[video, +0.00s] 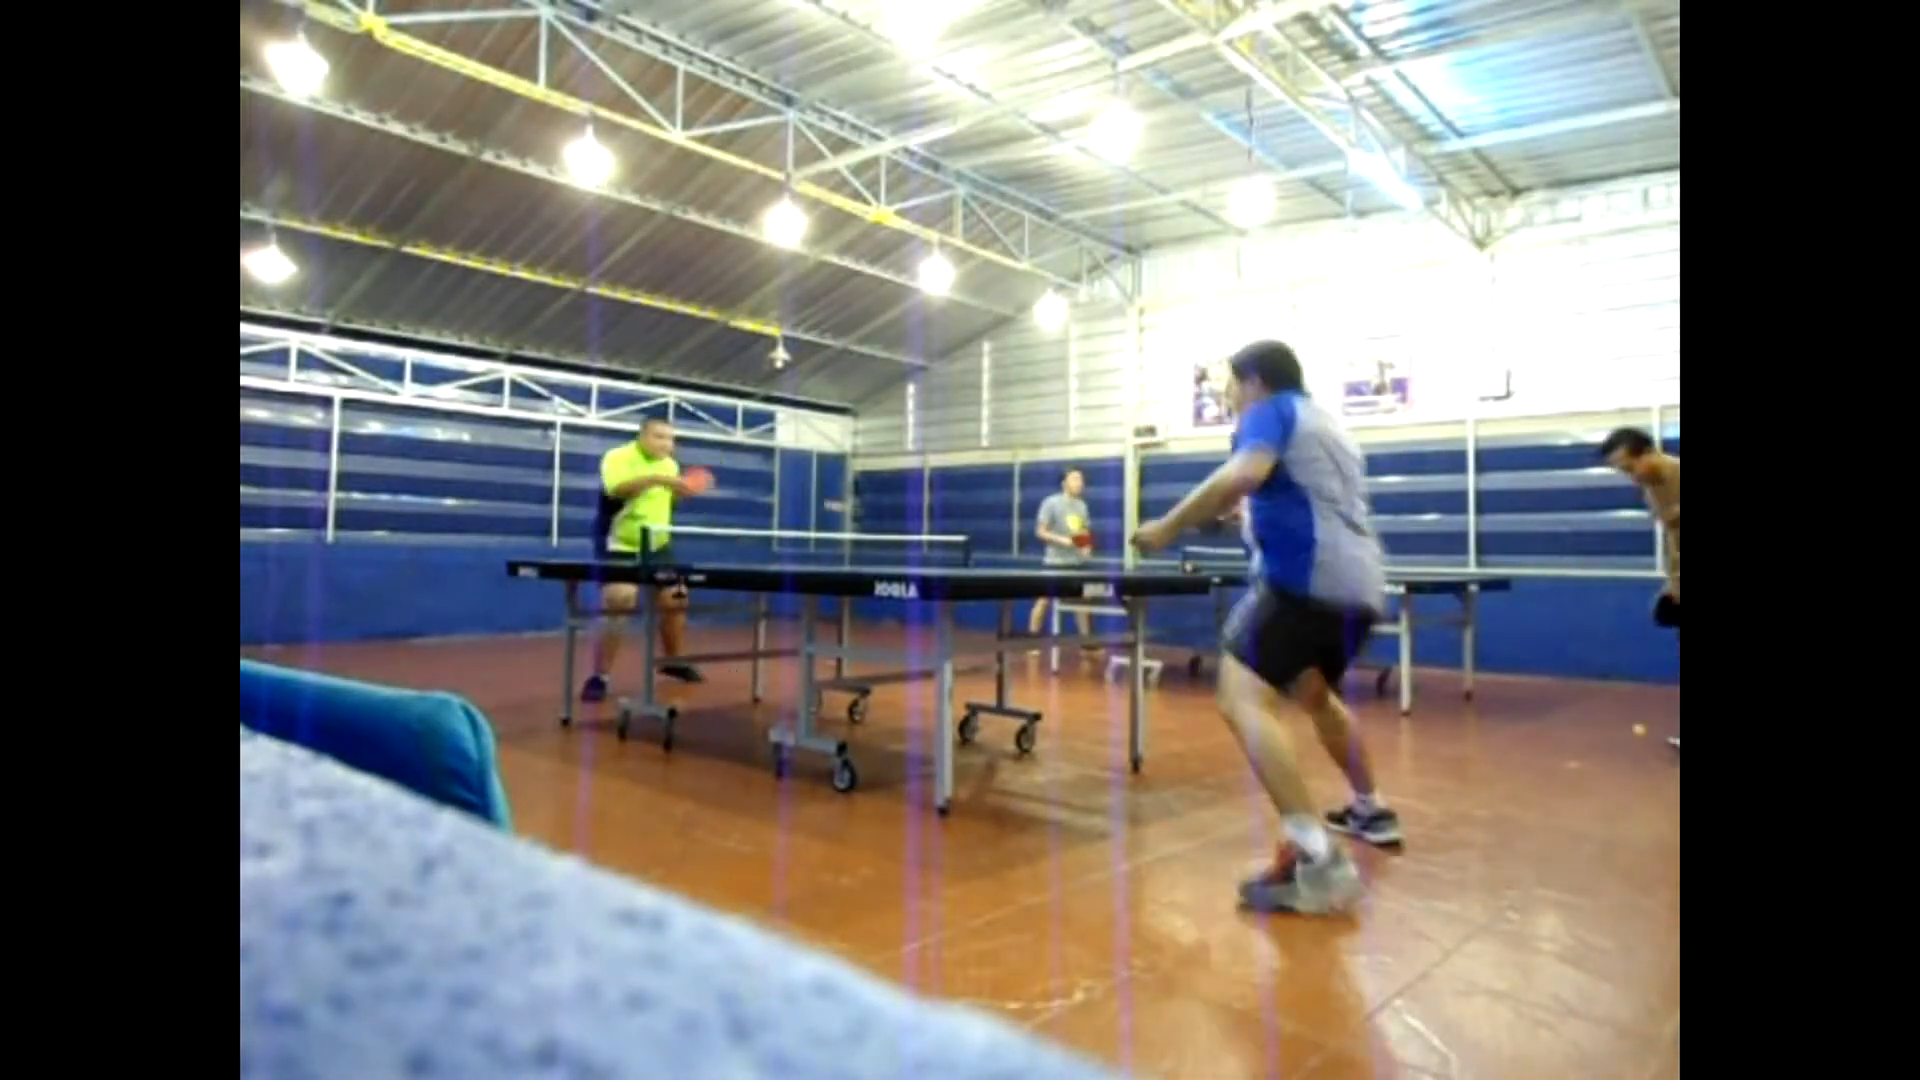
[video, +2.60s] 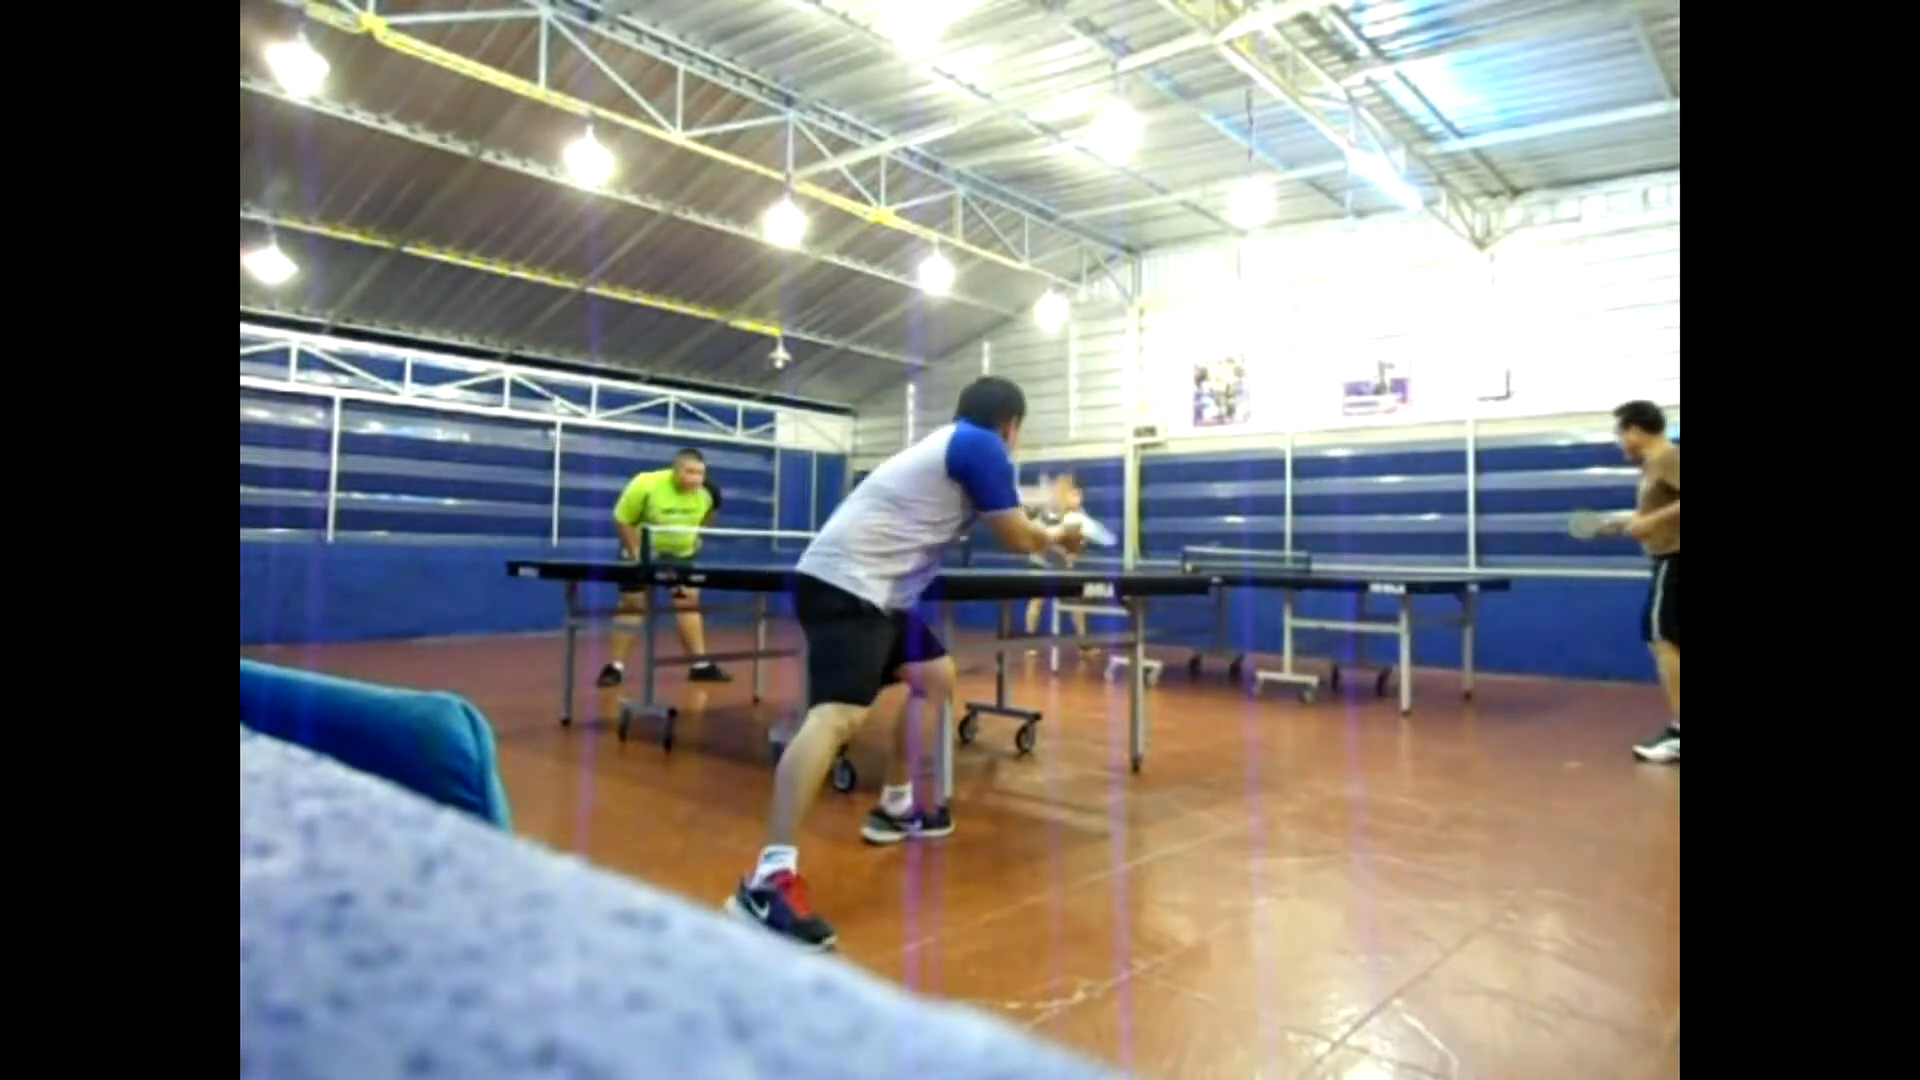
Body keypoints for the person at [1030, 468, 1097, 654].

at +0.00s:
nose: (1078, 484)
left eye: (1080, 480)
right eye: (1074, 480)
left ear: (1082, 484)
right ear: (1064, 483)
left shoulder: (1082, 505)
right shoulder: (1051, 503)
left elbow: (1085, 529)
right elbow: (1041, 531)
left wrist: (1086, 545)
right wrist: (1065, 541)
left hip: (1077, 561)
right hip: (1055, 561)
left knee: (1080, 601)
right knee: (1044, 599)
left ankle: (1086, 639)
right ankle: (1032, 637)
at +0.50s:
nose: (1070, 486)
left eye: (1073, 481)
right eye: (1067, 482)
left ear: (1080, 484)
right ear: (1061, 485)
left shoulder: (1085, 507)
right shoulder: (1052, 505)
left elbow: (1089, 535)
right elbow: (1051, 532)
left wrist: (1092, 559)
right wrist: (1052, 558)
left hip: (1082, 561)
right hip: (1060, 561)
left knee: (1083, 601)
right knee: (1046, 599)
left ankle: (1086, 637)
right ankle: (1034, 635)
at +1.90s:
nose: (1074, 487)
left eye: (1077, 483)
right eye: (1070, 483)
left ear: (1082, 487)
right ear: (1063, 485)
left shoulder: (1084, 508)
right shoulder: (1051, 504)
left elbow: (1086, 533)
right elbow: (1043, 532)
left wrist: (1089, 554)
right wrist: (1065, 543)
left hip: (1080, 560)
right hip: (1056, 560)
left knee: (1083, 600)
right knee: (1046, 598)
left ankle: (1085, 638)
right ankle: (1034, 635)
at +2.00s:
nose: (1086, 490)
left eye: (1089, 486)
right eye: (1083, 485)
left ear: (1092, 489)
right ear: (1075, 487)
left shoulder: (1086, 507)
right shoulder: (1063, 504)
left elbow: (1085, 531)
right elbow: (1065, 522)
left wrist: (1087, 553)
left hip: (1077, 558)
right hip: (1057, 557)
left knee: (1081, 599)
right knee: (1049, 597)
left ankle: (1086, 636)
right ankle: (1037, 633)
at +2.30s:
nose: (1083, 490)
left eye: (1085, 486)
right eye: (1079, 486)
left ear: (1088, 490)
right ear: (1071, 488)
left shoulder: (1085, 509)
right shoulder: (1057, 505)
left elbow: (1087, 532)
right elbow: (1045, 526)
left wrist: (1083, 553)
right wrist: (1065, 530)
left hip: (1076, 558)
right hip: (1053, 557)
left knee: (1084, 599)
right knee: (1043, 597)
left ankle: (1087, 637)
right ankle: (1031, 634)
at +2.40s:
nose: (1078, 492)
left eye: (1081, 488)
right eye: (1075, 487)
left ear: (1084, 492)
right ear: (1067, 489)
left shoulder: (1082, 509)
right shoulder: (1053, 506)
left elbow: (1084, 531)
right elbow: (1039, 529)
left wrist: (1076, 552)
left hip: (1069, 558)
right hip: (1048, 558)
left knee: (1078, 599)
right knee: (1039, 597)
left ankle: (1085, 637)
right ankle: (1030, 634)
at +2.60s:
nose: (1076, 495)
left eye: (1075, 489)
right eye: (1069, 489)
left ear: (1077, 494)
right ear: (1053, 492)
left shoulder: (1076, 517)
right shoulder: (1041, 517)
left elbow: (1081, 542)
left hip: (1068, 566)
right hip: (1042, 564)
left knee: (1076, 601)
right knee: (1037, 598)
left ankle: (1082, 638)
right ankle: (1030, 634)